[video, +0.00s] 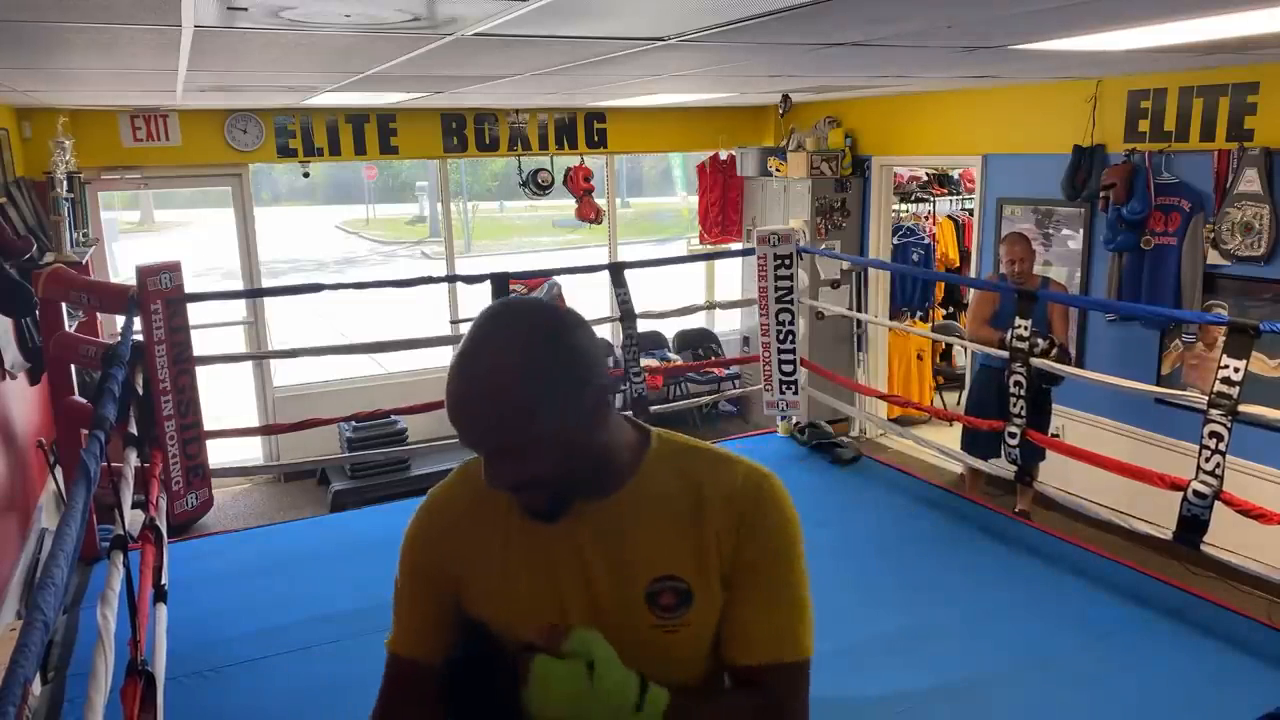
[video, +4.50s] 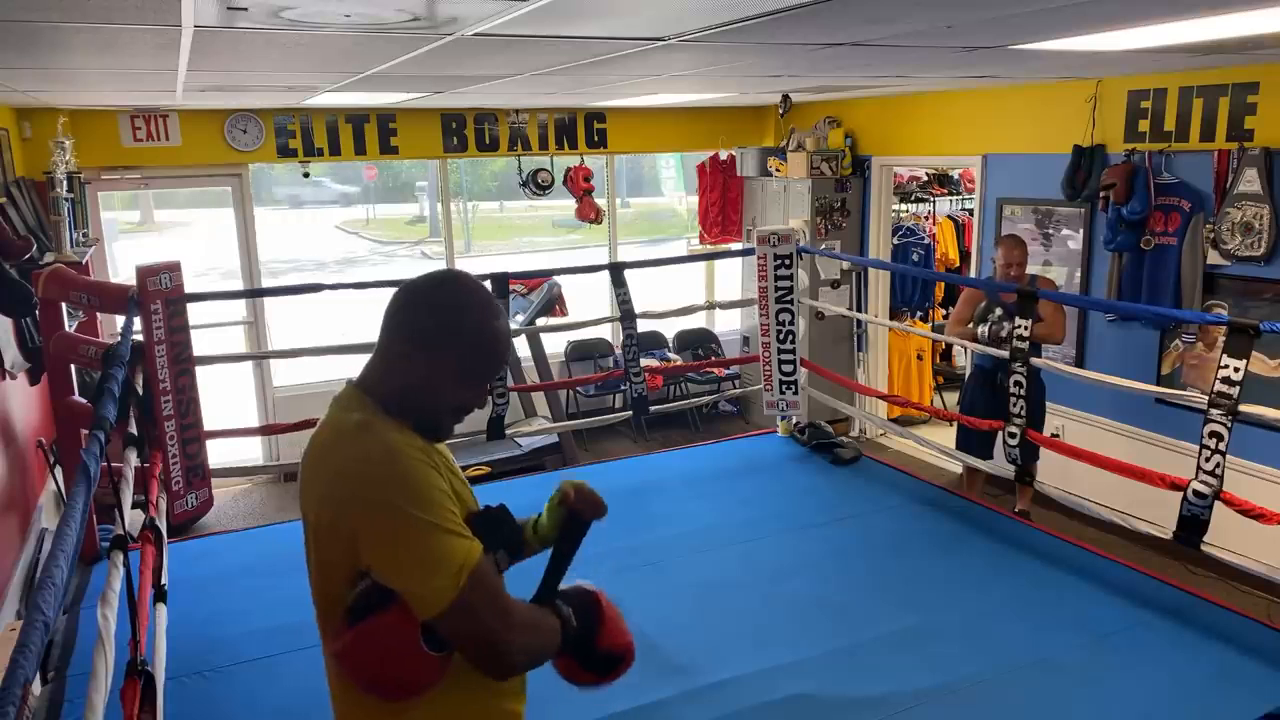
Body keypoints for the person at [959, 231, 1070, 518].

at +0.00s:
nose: (1015, 268)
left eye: (1021, 261)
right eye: (1008, 262)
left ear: (1033, 259)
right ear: (1001, 261)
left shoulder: (1054, 291)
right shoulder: (991, 285)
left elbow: (1061, 341)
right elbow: (974, 329)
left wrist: (1048, 349)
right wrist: (1008, 340)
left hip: (1034, 381)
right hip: (991, 376)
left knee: (1030, 448)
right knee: (977, 443)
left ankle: (1022, 511)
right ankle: (969, 504)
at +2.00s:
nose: (1005, 272)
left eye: (1010, 264)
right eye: (998, 267)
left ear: (1022, 259)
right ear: (990, 266)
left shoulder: (1047, 289)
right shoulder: (980, 292)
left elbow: (1063, 333)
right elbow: (967, 338)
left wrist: (1038, 316)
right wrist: (986, 352)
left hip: (1028, 382)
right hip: (987, 380)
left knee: (1027, 451)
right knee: (974, 447)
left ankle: (1022, 515)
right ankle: (970, 506)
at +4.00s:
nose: (1002, 274)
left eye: (1006, 266)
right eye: (994, 268)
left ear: (1018, 259)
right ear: (984, 266)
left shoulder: (1040, 286)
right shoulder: (976, 290)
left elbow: (1057, 331)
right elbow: (960, 335)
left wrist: (1016, 330)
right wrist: (980, 348)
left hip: (1025, 380)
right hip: (983, 378)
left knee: (1026, 448)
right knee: (974, 445)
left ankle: (1022, 513)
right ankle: (971, 505)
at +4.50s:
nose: (1014, 272)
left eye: (1020, 265)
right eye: (1008, 266)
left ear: (1027, 262)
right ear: (995, 262)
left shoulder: (1043, 287)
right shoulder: (978, 289)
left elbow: (1056, 333)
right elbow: (952, 330)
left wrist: (1016, 329)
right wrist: (985, 331)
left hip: (1025, 381)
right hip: (984, 378)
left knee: (1026, 449)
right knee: (974, 446)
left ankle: (1022, 514)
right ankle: (969, 507)